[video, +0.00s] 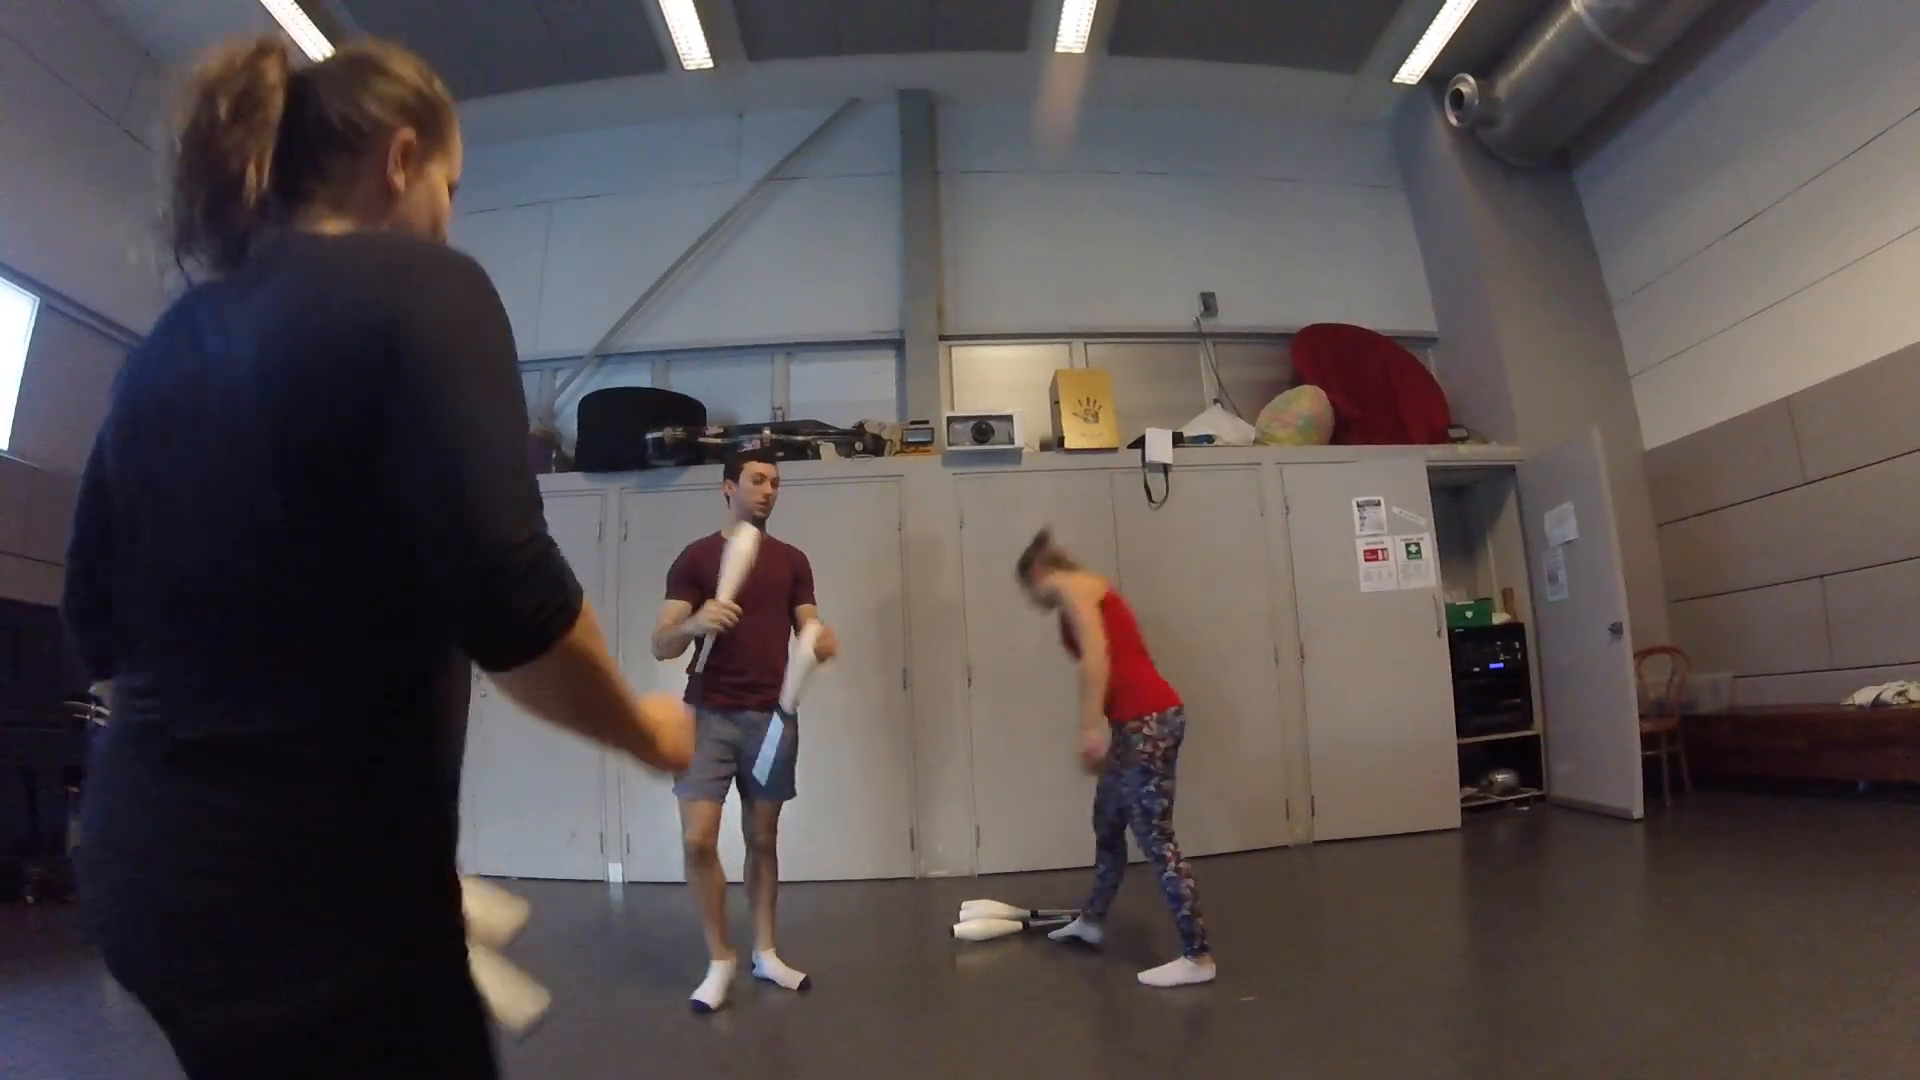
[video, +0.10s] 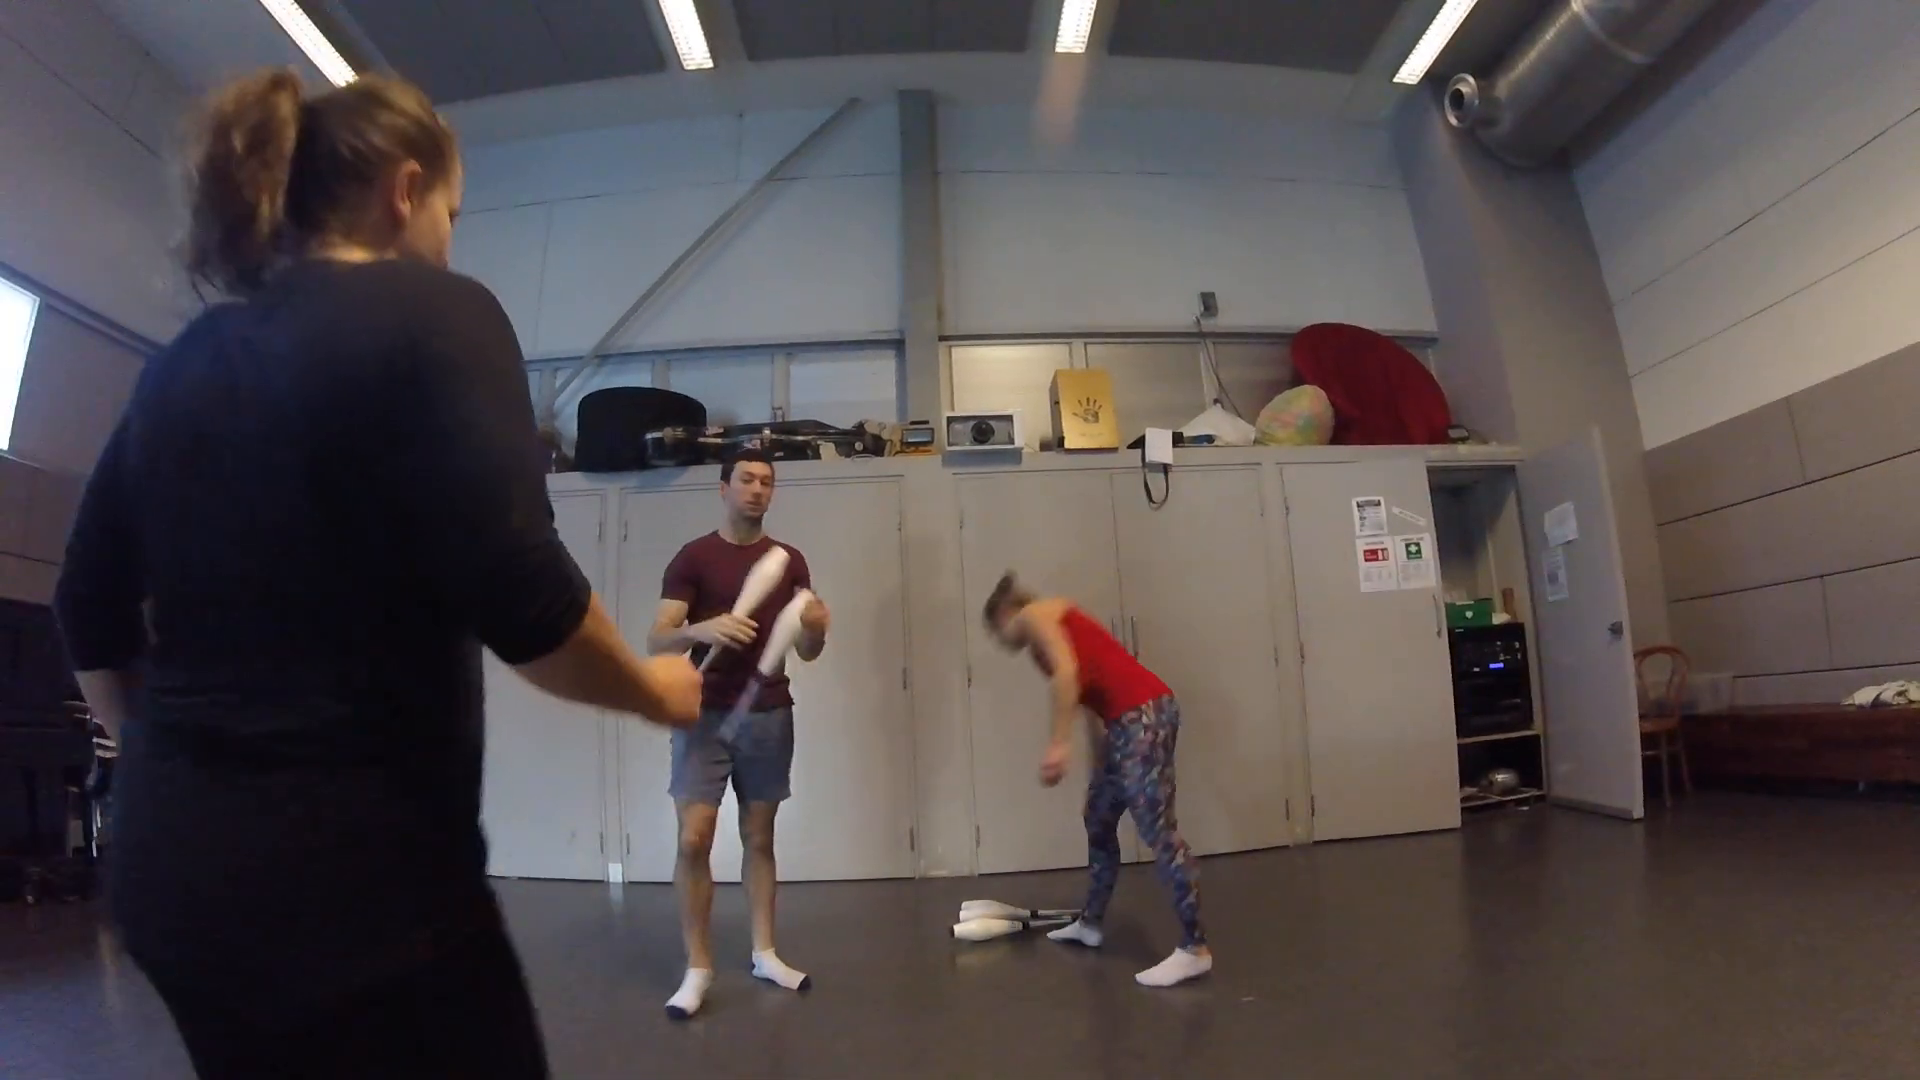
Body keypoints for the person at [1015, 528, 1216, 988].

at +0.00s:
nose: (1035, 596)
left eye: (1032, 586)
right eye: (1032, 589)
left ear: (1041, 572)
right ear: (1056, 564)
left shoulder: (1075, 585)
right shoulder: (1090, 589)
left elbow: (1096, 651)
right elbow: (1117, 662)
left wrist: (1093, 722)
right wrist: (1114, 732)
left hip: (1150, 720)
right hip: (1134, 722)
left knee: (1153, 833)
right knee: (1109, 820)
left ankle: (1198, 954)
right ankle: (1092, 920)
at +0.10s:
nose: (1004, 639)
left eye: (1000, 629)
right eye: (999, 633)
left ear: (1010, 612)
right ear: (1018, 609)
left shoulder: (1040, 613)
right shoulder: (1054, 629)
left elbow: (1067, 671)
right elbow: (1096, 709)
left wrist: (1057, 745)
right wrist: (1100, 764)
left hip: (1145, 715)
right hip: (1121, 726)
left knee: (1157, 829)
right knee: (1100, 819)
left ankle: (1195, 948)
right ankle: (1090, 923)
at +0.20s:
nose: (989, 693)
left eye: (981, 683)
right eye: (982, 687)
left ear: (983, 660)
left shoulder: (1006, 651)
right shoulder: (1032, 670)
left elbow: (1034, 705)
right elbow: (1061, 751)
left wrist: (1033, 779)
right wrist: (1072, 825)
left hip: (1136, 703)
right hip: (1120, 717)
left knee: (1168, 812)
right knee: (1098, 817)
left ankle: (1216, 923)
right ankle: (1091, 922)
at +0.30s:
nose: (985, 734)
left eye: (978, 724)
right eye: (980, 728)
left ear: (977, 701)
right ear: (996, 702)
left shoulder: (986, 694)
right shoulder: (1035, 716)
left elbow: (1010, 757)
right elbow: (1049, 787)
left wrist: (1016, 817)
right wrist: (1053, 860)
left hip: (1126, 692)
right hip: (1121, 708)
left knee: (1179, 775)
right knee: (1103, 817)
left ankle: (1281, 854)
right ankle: (1092, 922)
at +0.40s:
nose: (992, 764)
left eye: (979, 754)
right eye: (988, 759)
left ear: (978, 734)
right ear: (1001, 743)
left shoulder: (985, 727)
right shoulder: (1038, 744)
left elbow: (997, 799)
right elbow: (1045, 815)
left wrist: (1005, 857)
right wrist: (1047, 883)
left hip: (1116, 685)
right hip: (1118, 705)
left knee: (1193, 728)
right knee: (1112, 820)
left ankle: (1316, 761)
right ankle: (1094, 924)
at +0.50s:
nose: (1004, 787)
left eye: (995, 777)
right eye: (1000, 782)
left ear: (991, 757)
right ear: (1010, 763)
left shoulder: (987, 746)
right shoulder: (1044, 756)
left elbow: (997, 826)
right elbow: (1052, 826)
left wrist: (1011, 881)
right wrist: (1049, 898)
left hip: (1113, 680)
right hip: (1119, 698)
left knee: (1200, 686)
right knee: (1114, 817)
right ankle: (1095, 922)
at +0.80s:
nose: (1007, 784)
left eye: (995, 775)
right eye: (1004, 776)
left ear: (988, 755)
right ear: (1013, 755)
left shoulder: (992, 754)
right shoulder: (1047, 754)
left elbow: (1007, 828)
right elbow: (1053, 823)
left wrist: (1023, 896)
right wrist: (1054, 890)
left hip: (1114, 683)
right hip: (1122, 692)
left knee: (1203, 684)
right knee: (1117, 817)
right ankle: (1096, 921)